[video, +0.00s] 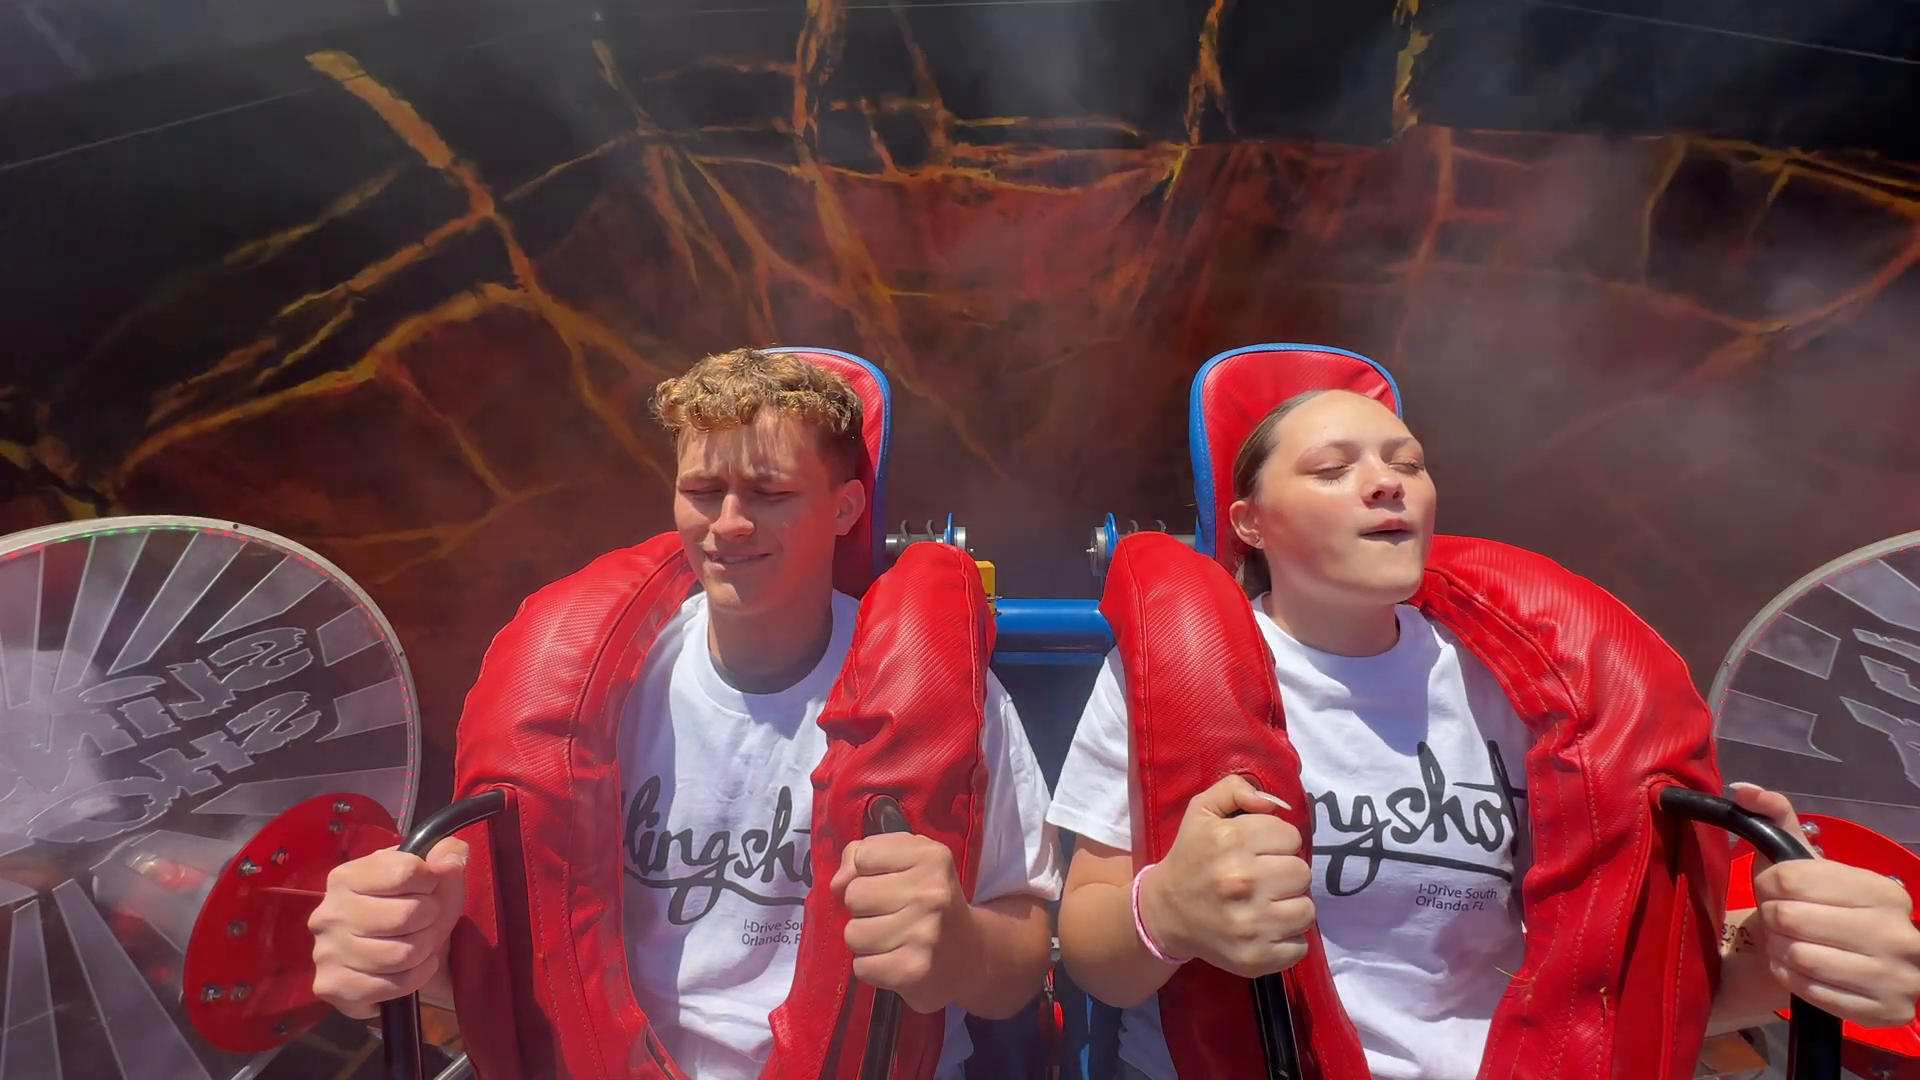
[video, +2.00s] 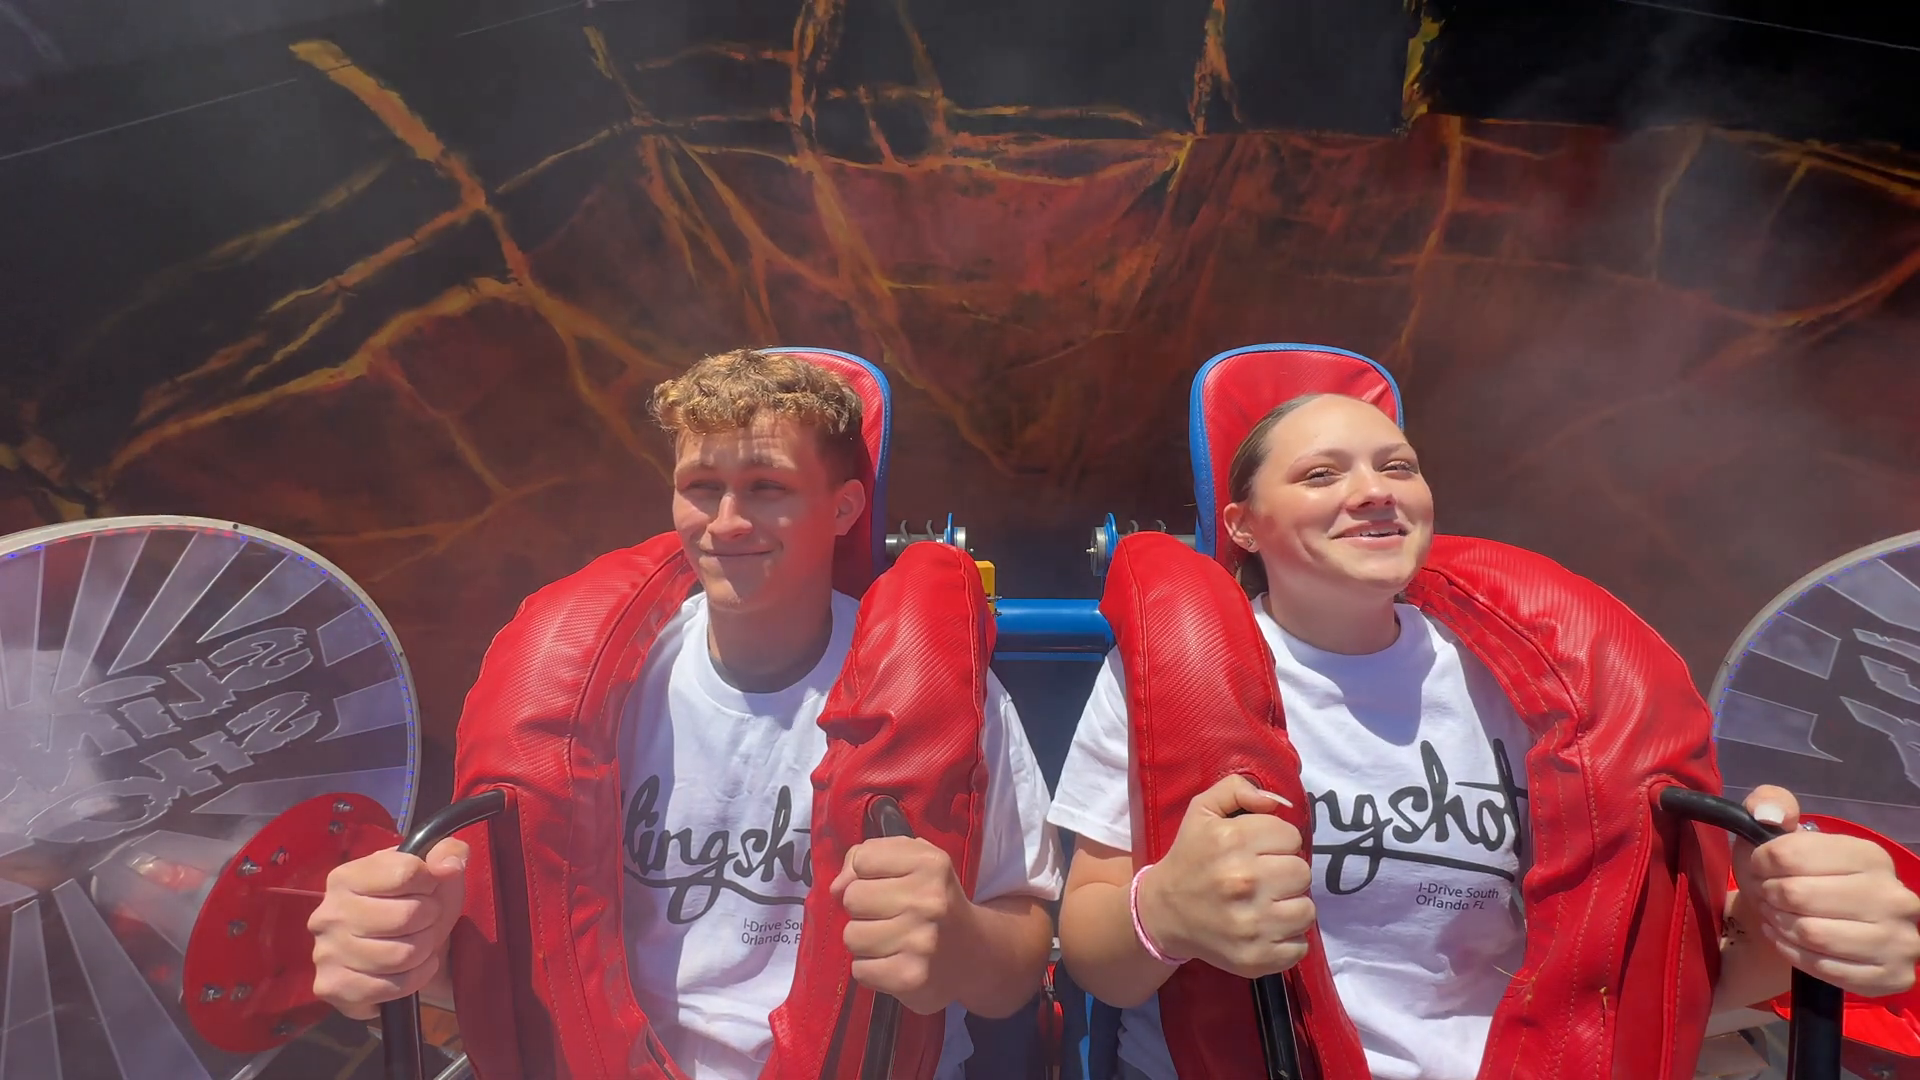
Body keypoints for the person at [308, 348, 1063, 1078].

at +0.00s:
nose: (729, 524)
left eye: (768, 493)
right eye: (705, 490)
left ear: (847, 507)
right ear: (675, 492)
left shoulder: (936, 690)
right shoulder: (581, 669)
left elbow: (1026, 958)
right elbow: (505, 938)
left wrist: (961, 949)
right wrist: (410, 945)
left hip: (832, 1063)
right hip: (611, 1058)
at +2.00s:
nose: (726, 523)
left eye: (766, 491)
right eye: (703, 490)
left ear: (847, 507)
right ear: (672, 494)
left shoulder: (935, 688)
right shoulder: (586, 674)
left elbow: (1026, 955)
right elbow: (503, 926)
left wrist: (965, 949)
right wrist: (402, 942)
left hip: (839, 1063)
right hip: (616, 1058)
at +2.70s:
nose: (831, 522)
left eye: (850, 492)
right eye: (789, 487)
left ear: (873, 504)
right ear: (693, 499)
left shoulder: (937, 685)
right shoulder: (583, 671)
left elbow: (1024, 952)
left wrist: (965, 950)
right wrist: (411, 941)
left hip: (840, 1063)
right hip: (614, 1059)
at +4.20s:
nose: (737, 495)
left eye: (778, 465)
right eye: (710, 463)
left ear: (845, 500)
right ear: (674, 488)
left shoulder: (937, 688)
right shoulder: (582, 674)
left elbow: (1025, 960)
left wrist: (965, 949)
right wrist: (411, 947)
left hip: (841, 1063)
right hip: (617, 1058)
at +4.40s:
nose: (724, 463)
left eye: (770, 445)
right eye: (701, 443)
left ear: (841, 502)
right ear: (666, 490)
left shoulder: (938, 688)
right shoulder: (577, 678)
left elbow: (1025, 959)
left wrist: (964, 949)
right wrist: (411, 948)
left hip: (844, 1063)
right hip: (618, 1059)